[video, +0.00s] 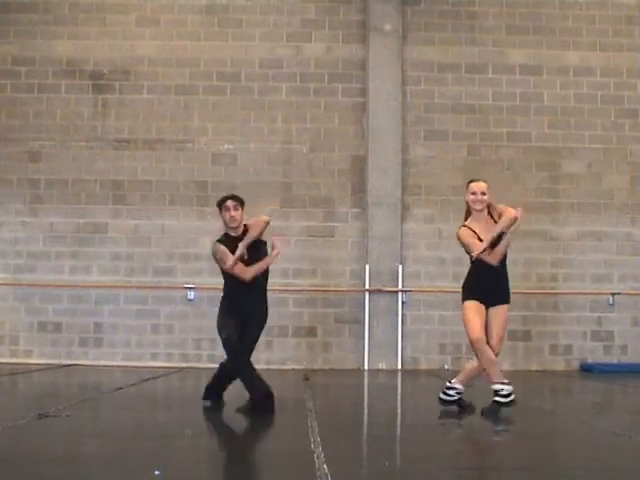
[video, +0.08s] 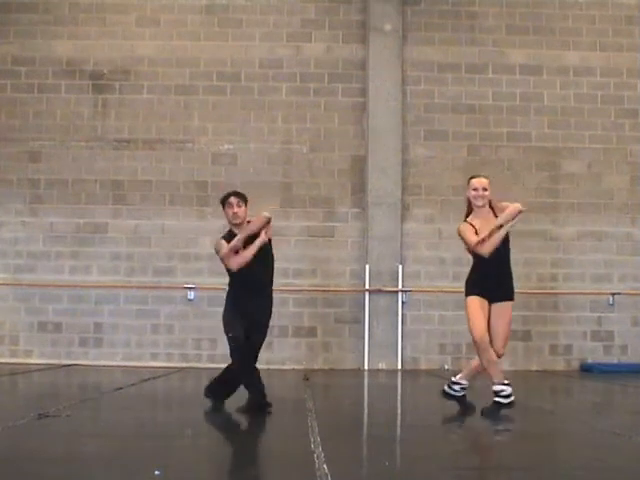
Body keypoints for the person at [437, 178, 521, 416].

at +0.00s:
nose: (478, 198)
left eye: (483, 194)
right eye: (473, 194)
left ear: (489, 197)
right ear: (466, 198)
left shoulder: (500, 212)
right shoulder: (466, 232)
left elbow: (512, 215)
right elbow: (493, 259)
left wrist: (488, 242)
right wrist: (507, 231)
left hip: (499, 286)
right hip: (475, 287)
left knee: (493, 349)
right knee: (475, 339)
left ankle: (453, 387)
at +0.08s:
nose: (480, 194)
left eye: (484, 189)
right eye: (475, 190)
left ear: (490, 192)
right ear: (467, 193)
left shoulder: (500, 210)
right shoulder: (466, 226)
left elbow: (517, 208)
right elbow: (484, 250)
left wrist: (490, 229)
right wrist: (506, 225)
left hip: (503, 285)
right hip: (478, 285)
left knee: (497, 349)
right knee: (478, 338)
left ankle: (459, 382)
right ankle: (501, 387)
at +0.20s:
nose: (491, 178)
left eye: (493, 173)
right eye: (485, 175)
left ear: (500, 179)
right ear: (479, 181)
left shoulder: (508, 201)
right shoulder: (474, 206)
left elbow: (533, 172)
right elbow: (455, 195)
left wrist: (506, 170)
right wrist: (483, 181)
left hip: (505, 274)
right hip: (479, 274)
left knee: (518, 337)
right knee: (485, 331)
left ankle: (489, 375)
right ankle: (496, 383)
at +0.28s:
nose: (496, 172)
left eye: (500, 168)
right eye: (491, 169)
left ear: (506, 173)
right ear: (483, 174)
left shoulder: (513, 195)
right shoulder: (476, 196)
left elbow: (533, 163)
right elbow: (449, 171)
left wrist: (538, 132)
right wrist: (453, 142)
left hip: (508, 270)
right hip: (481, 269)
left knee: (525, 330)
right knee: (489, 327)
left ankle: (526, 385)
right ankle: (477, 383)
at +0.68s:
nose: (513, 178)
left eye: (518, 174)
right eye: (509, 173)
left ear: (524, 178)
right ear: (501, 177)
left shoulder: (531, 201)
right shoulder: (491, 199)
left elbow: (551, 172)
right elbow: (471, 169)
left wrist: (552, 142)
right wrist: (478, 136)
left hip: (521, 275)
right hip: (491, 274)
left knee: (537, 334)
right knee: (480, 335)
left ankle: (554, 390)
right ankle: (461, 392)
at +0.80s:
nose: (514, 187)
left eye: (519, 183)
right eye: (509, 183)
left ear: (525, 187)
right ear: (501, 186)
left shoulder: (531, 211)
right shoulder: (493, 210)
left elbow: (550, 203)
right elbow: (477, 195)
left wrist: (522, 219)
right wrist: (502, 217)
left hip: (521, 278)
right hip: (492, 277)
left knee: (535, 342)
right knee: (491, 338)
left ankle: (556, 392)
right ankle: (462, 394)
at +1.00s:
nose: (512, 189)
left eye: (517, 185)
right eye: (507, 185)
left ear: (523, 188)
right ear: (498, 188)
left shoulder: (529, 214)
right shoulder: (488, 212)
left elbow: (550, 235)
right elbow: (489, 225)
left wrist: (532, 210)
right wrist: (507, 203)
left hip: (519, 279)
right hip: (490, 278)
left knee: (538, 338)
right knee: (485, 338)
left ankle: (556, 391)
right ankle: (462, 393)